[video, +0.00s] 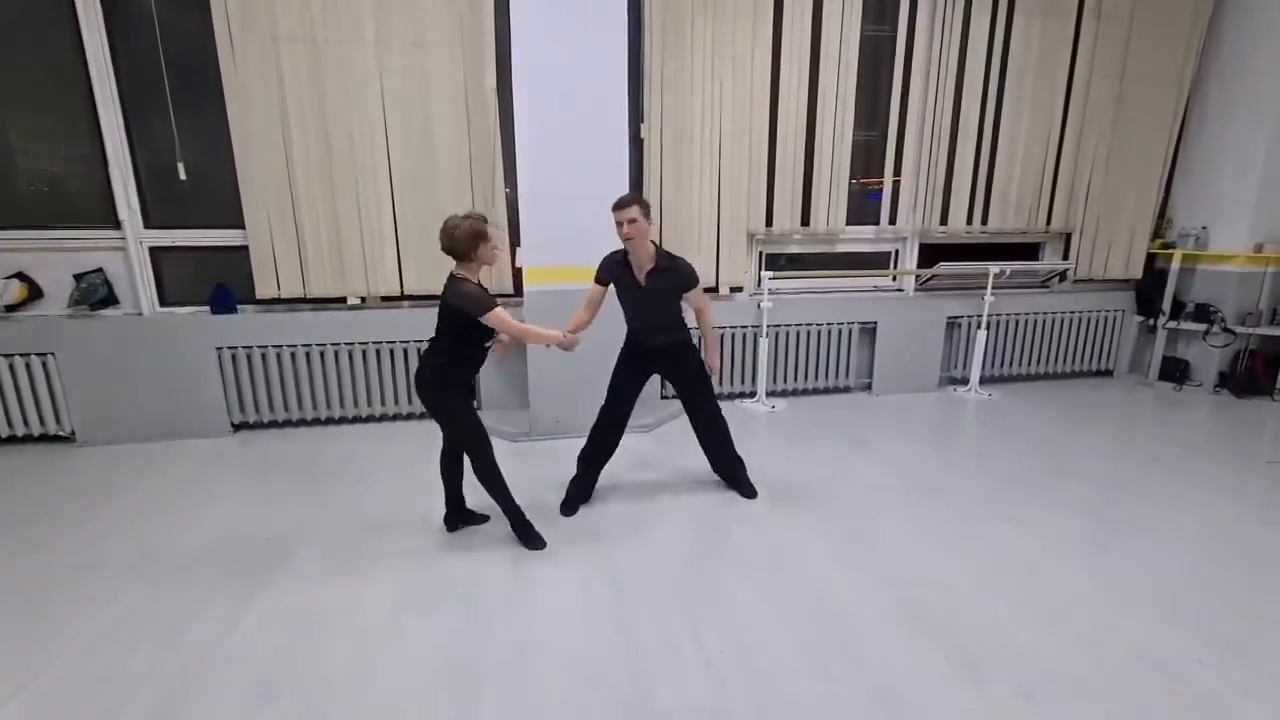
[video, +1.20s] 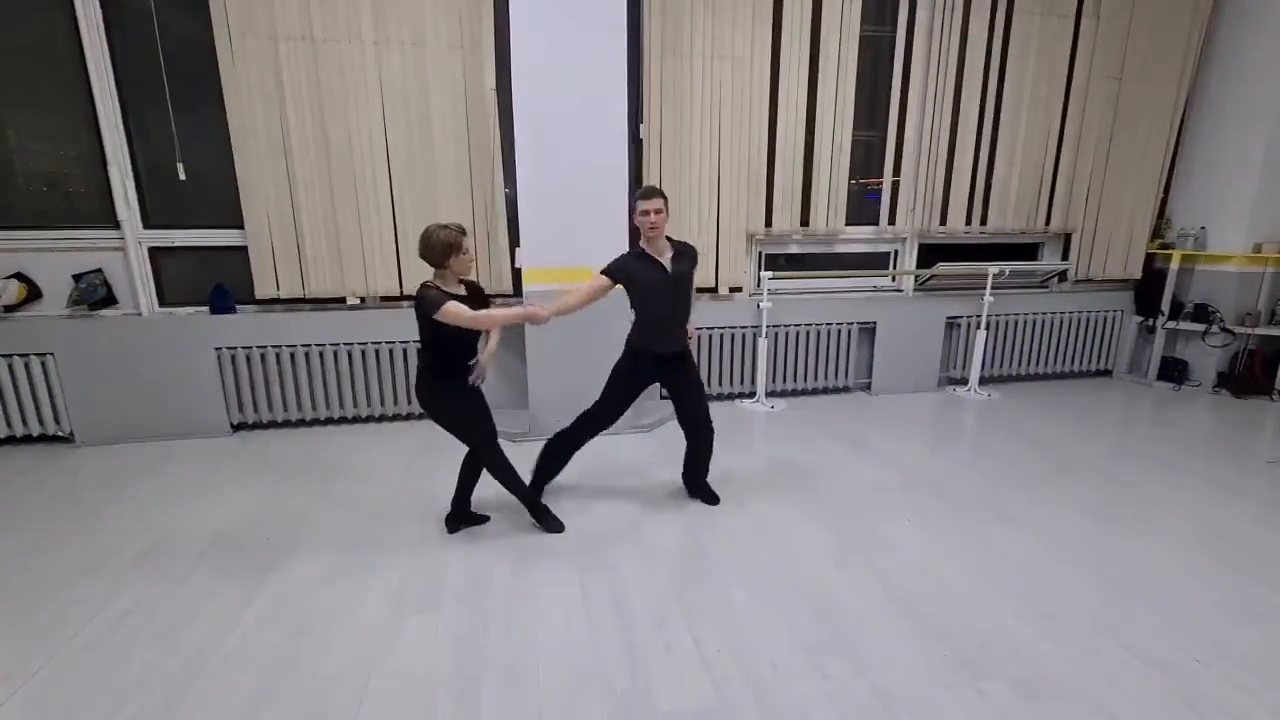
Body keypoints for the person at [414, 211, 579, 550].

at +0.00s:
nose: (495, 245)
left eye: (492, 240)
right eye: (489, 242)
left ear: (467, 252)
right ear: (473, 251)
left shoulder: (472, 280)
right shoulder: (464, 292)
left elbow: (472, 327)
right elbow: (515, 330)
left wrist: (502, 338)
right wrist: (558, 338)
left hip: (454, 378)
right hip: (439, 383)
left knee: (454, 443)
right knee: (479, 445)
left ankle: (455, 511)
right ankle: (518, 520)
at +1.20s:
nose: (472, 257)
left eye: (471, 251)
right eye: (465, 253)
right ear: (446, 261)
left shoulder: (472, 290)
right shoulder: (429, 296)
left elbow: (496, 323)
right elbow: (472, 320)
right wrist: (522, 314)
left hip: (464, 383)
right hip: (435, 388)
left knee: (484, 440)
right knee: (485, 442)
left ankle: (459, 512)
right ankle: (535, 507)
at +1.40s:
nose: (471, 257)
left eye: (470, 251)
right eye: (464, 253)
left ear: (458, 257)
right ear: (444, 261)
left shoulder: (478, 289)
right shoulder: (421, 295)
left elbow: (515, 325)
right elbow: (459, 308)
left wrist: (493, 361)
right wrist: (497, 295)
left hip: (471, 382)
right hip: (435, 388)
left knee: (489, 442)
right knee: (483, 444)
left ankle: (458, 511)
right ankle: (531, 508)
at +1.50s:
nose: (473, 257)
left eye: (472, 250)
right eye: (467, 252)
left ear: (458, 258)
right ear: (448, 260)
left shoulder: (478, 288)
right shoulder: (427, 296)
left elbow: (519, 310)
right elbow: (464, 315)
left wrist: (519, 355)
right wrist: (507, 306)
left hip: (470, 380)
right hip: (438, 386)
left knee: (487, 439)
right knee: (488, 436)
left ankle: (458, 510)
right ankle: (531, 502)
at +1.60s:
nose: (480, 256)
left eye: (478, 250)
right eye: (475, 251)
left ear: (460, 258)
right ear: (457, 259)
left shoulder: (478, 289)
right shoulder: (441, 301)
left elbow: (501, 318)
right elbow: (489, 321)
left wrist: (523, 348)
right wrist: (541, 318)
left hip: (472, 383)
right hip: (448, 388)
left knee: (485, 440)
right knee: (508, 432)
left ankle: (457, 510)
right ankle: (532, 502)